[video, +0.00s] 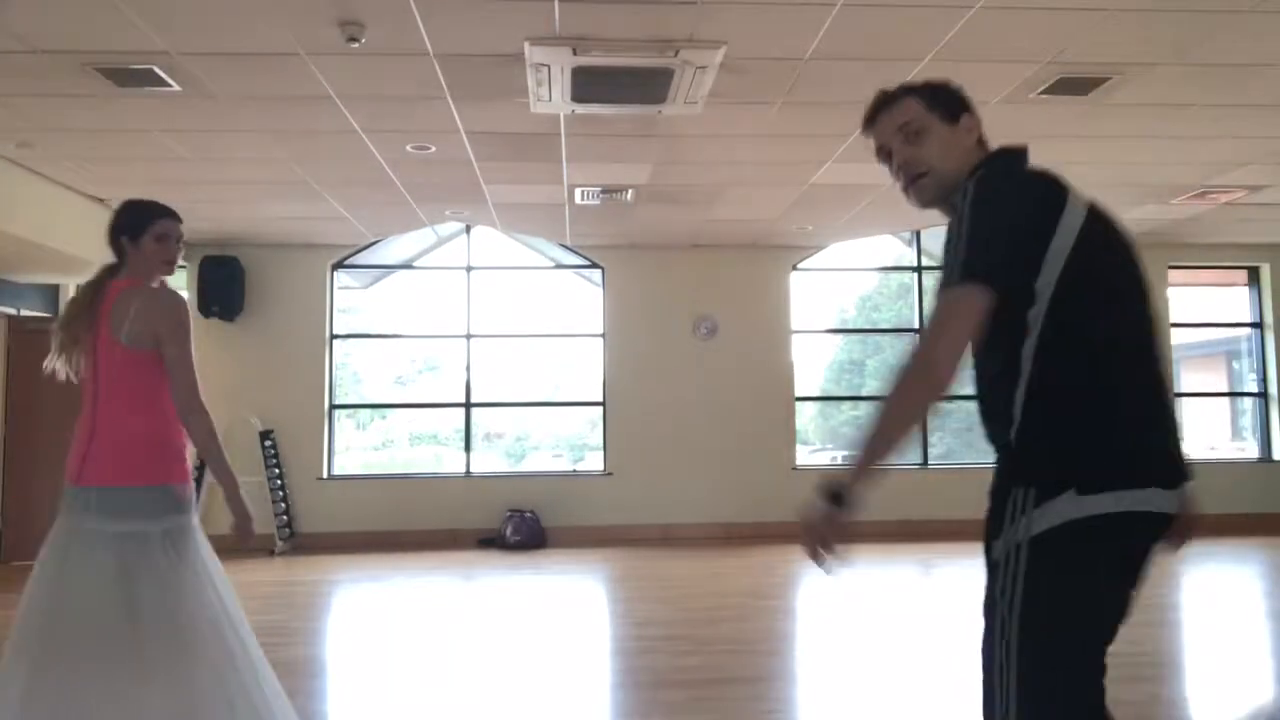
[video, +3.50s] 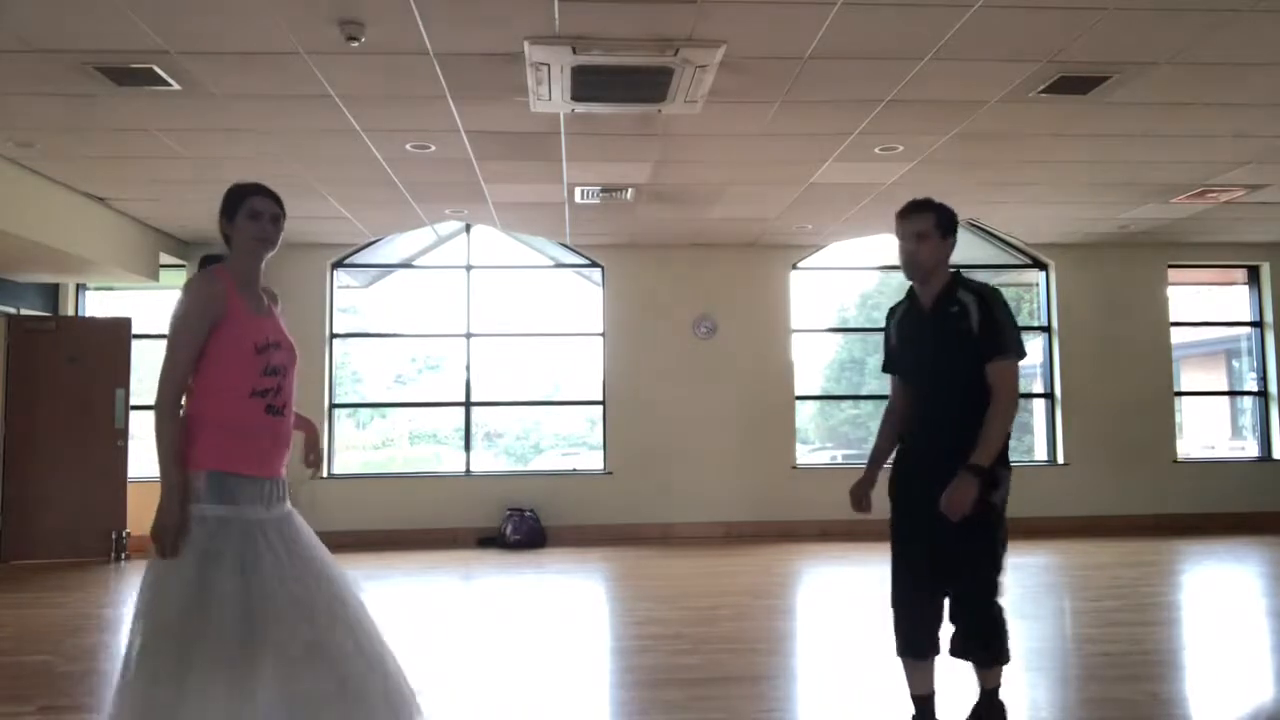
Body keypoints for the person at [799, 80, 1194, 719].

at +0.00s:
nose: (900, 160)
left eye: (912, 134)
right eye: (886, 156)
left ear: (968, 126)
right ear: (890, 173)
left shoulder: (997, 196)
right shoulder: (1060, 202)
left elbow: (939, 357)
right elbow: (1126, 355)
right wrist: (1170, 480)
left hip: (1068, 493)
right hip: (1124, 487)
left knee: (1027, 697)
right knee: (1066, 691)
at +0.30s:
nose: (910, 200)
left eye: (923, 182)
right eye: (899, 194)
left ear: (967, 181)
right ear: (899, 211)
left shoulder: (988, 245)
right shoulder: (1029, 251)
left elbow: (947, 375)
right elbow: (1078, 387)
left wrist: (847, 412)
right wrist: (1114, 484)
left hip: (1009, 487)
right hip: (1055, 484)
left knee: (938, 653)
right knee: (1013, 651)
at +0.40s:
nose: (916, 198)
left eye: (929, 180)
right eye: (905, 191)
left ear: (971, 181)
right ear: (904, 205)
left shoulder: (985, 246)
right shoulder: (1018, 247)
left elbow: (978, 374)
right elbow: (1011, 377)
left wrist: (892, 450)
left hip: (993, 483)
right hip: (1046, 484)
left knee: (904, 625)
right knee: (1024, 643)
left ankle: (945, 713)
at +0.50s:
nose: (920, 203)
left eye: (932, 187)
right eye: (910, 196)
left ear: (971, 188)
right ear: (907, 207)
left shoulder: (981, 255)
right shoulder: (1009, 257)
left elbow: (1003, 373)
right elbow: (982, 386)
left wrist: (948, 480)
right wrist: (923, 477)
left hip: (994, 487)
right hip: (1026, 489)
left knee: (904, 616)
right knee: (1030, 655)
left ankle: (936, 716)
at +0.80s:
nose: (906, 242)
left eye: (917, 229)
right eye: (899, 233)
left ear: (949, 230)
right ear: (898, 240)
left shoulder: (962, 291)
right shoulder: (947, 294)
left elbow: (982, 399)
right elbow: (933, 406)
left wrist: (959, 502)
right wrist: (867, 453)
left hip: (950, 491)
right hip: (975, 487)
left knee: (929, 621)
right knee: (973, 603)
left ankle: (967, 717)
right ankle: (1025, 711)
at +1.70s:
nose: (873, 264)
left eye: (883, 254)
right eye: (869, 256)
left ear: (910, 259)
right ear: (868, 264)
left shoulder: (926, 311)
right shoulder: (892, 316)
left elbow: (960, 391)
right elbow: (908, 389)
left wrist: (895, 429)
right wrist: (880, 435)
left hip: (922, 461)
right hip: (893, 460)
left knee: (919, 569)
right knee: (882, 563)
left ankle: (909, 694)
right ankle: (963, 662)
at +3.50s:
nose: (907, 249)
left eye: (919, 238)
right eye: (902, 239)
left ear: (947, 243)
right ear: (897, 246)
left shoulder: (983, 304)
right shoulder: (900, 317)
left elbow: (1006, 396)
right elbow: (900, 400)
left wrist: (975, 472)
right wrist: (871, 471)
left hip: (975, 472)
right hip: (916, 471)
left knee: (974, 596)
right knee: (912, 596)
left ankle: (989, 702)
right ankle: (923, 710)